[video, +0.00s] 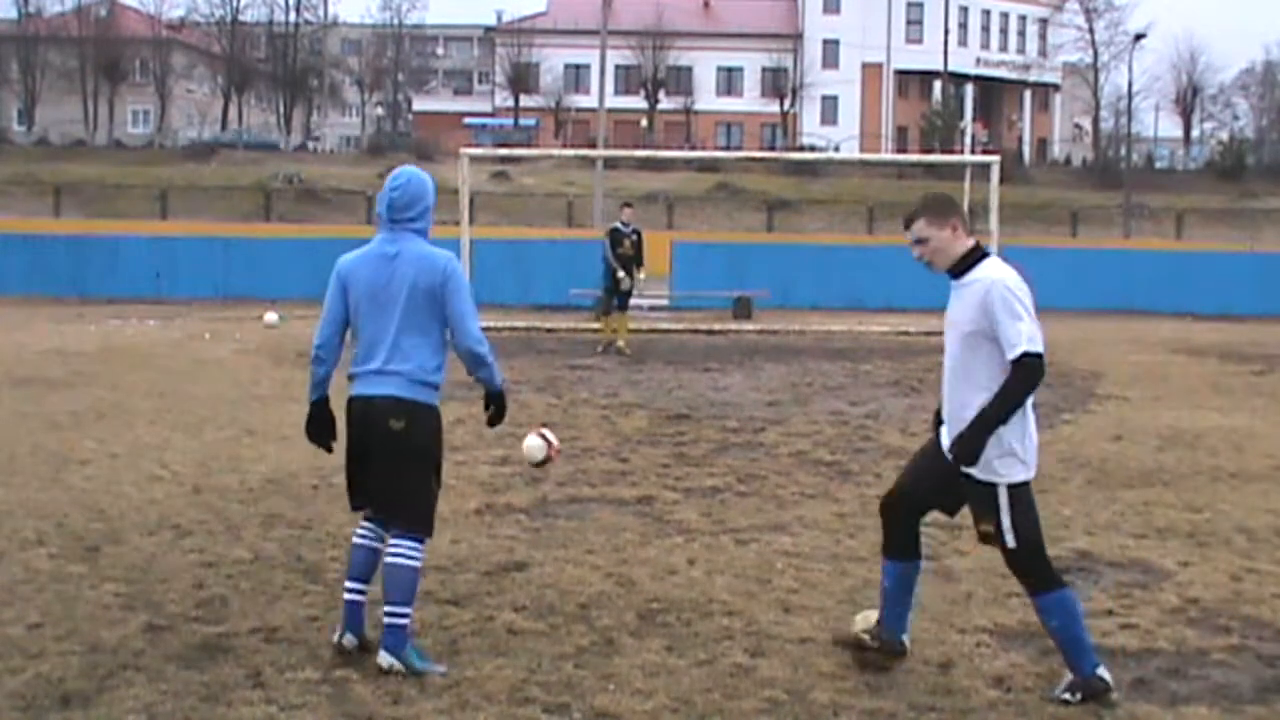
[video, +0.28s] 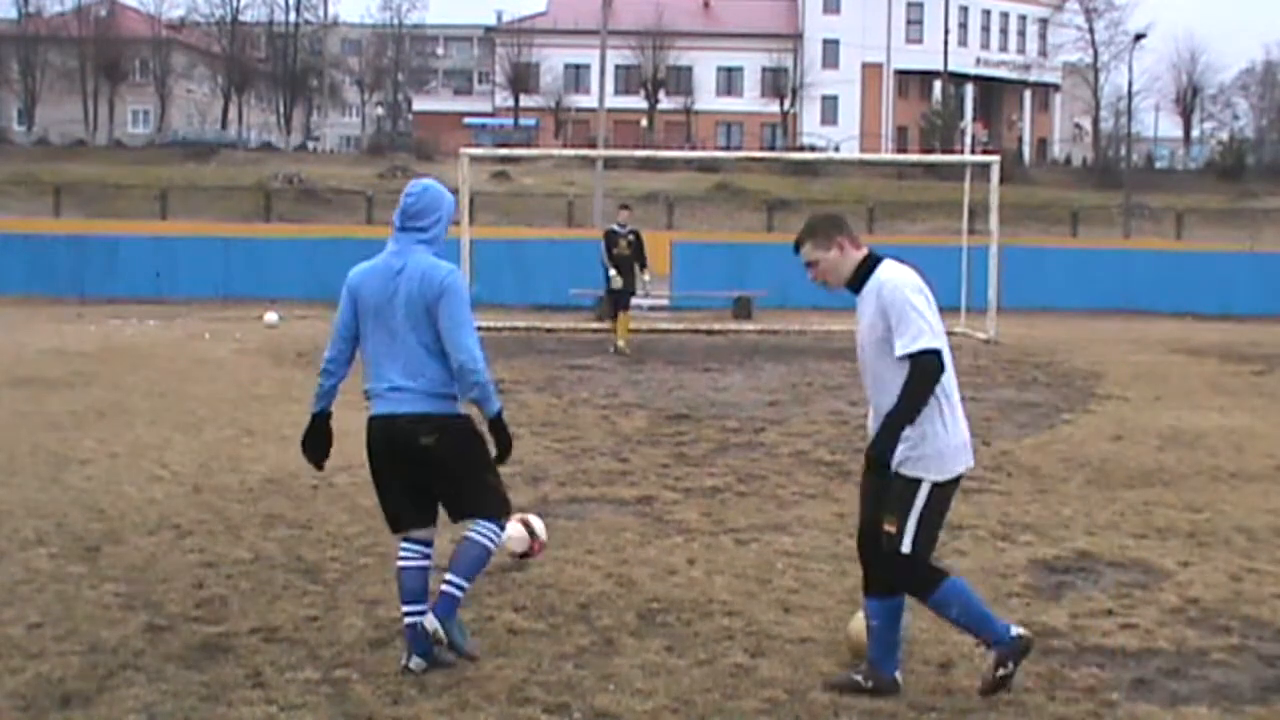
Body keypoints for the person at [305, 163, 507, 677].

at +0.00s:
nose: (431, 215)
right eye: (430, 207)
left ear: (382, 206)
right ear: (428, 210)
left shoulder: (351, 264)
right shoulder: (443, 265)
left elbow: (326, 342)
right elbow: (468, 339)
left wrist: (318, 399)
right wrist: (493, 384)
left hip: (363, 407)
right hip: (414, 412)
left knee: (373, 514)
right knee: (410, 528)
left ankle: (350, 627)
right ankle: (395, 643)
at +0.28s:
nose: (451, 231)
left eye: (451, 224)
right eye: (449, 224)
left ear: (400, 218)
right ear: (440, 224)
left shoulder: (361, 277)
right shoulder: (443, 278)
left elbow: (337, 355)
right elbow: (466, 360)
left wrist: (319, 413)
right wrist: (495, 414)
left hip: (385, 430)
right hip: (440, 427)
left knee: (415, 530)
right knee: (490, 517)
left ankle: (416, 646)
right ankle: (446, 608)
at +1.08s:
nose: (525, 239)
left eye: (525, 230)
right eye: (524, 230)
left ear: (472, 220)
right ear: (511, 230)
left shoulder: (420, 270)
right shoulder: (504, 286)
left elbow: (386, 354)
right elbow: (505, 380)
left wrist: (402, 406)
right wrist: (529, 434)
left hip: (404, 429)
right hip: (463, 436)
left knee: (424, 542)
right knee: (473, 556)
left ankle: (406, 658)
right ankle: (459, 680)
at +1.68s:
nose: (500, 233)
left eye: (497, 222)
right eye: (496, 225)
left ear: (451, 222)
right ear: (483, 225)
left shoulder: (418, 272)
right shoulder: (478, 280)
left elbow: (414, 350)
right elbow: (475, 366)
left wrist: (468, 386)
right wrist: (494, 393)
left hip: (393, 429)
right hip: (446, 436)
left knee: (390, 559)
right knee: (484, 555)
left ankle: (366, 684)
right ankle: (454, 682)